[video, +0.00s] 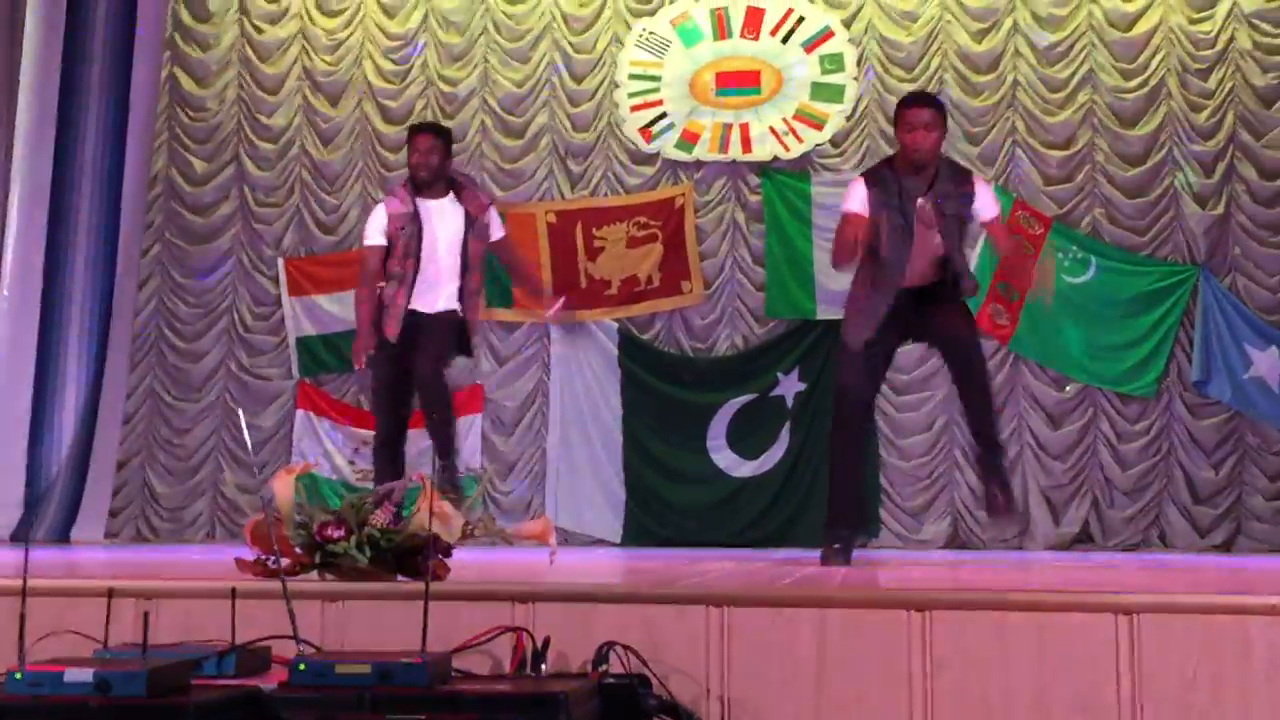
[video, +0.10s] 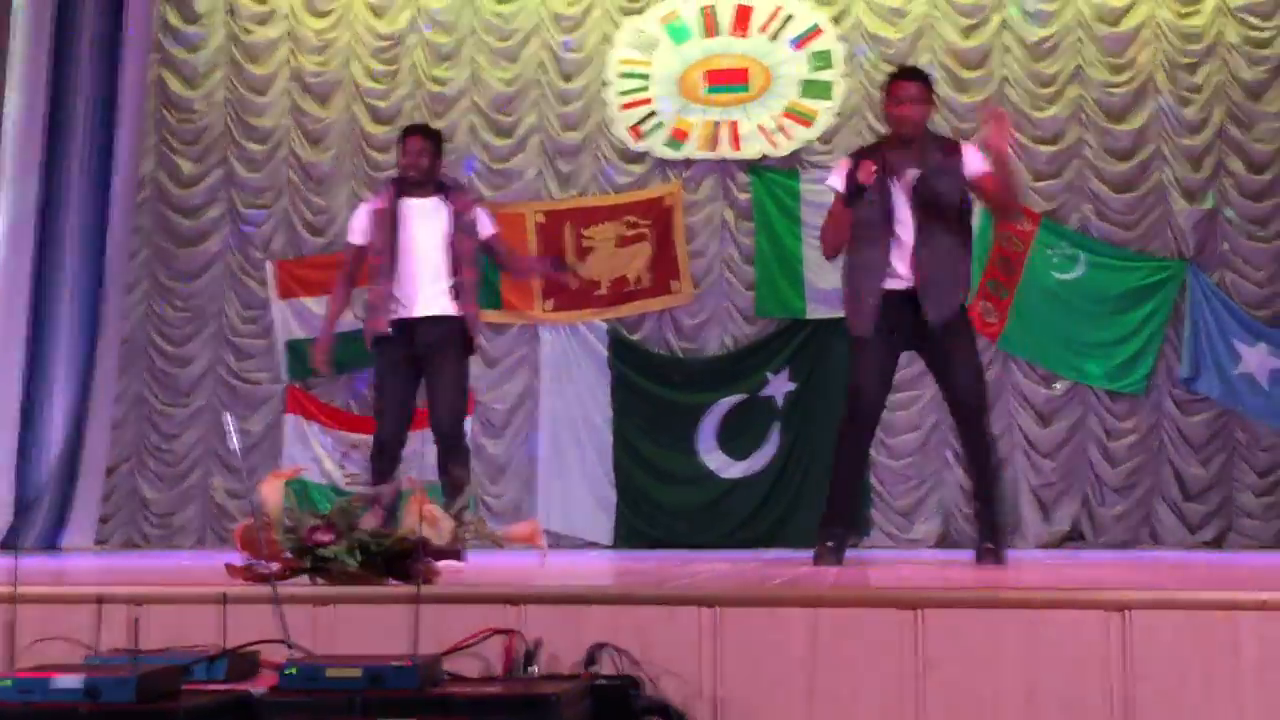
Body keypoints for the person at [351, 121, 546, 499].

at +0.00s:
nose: (421, 160)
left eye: (431, 153)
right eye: (415, 152)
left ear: (448, 159)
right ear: (407, 157)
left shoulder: (475, 206)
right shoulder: (387, 211)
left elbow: (510, 259)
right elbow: (369, 278)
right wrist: (366, 333)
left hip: (445, 318)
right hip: (397, 320)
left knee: (427, 373)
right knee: (389, 418)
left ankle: (446, 467)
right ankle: (385, 503)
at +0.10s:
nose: (415, 161)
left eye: (423, 154)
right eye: (408, 153)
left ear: (438, 159)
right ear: (397, 158)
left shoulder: (462, 206)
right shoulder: (375, 208)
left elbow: (508, 261)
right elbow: (347, 275)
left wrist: (547, 269)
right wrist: (325, 337)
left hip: (446, 330)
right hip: (394, 332)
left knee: (449, 428)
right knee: (388, 433)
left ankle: (460, 522)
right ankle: (379, 521)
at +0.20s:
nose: (379, 176)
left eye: (387, 168)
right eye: (373, 168)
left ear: (404, 173)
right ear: (363, 174)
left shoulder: (429, 221)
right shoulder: (342, 231)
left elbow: (440, 289)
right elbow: (325, 299)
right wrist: (294, 355)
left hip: (421, 341)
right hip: (372, 345)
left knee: (425, 436)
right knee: (379, 437)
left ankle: (422, 522)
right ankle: (386, 524)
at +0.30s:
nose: (362, 190)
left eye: (372, 182)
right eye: (356, 182)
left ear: (389, 188)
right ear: (348, 188)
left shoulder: (412, 238)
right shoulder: (332, 241)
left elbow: (390, 303)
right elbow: (325, 304)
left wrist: (347, 349)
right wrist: (317, 357)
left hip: (406, 353)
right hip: (359, 355)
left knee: (409, 447)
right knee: (389, 443)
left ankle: (421, 531)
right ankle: (417, 520)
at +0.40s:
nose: (354, 186)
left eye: (363, 179)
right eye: (348, 178)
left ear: (380, 186)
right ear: (340, 184)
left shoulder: (402, 236)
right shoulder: (328, 238)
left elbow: (392, 303)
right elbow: (324, 307)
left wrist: (355, 334)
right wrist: (316, 364)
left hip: (392, 352)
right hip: (345, 352)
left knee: (398, 447)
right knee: (344, 437)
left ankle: (401, 536)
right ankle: (376, 522)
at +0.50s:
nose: (336, 184)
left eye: (345, 177)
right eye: (330, 176)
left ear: (362, 181)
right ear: (322, 181)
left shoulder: (389, 222)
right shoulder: (309, 231)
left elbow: (409, 260)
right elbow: (306, 291)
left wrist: (380, 268)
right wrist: (295, 332)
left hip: (372, 357)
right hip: (319, 356)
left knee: (373, 456)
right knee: (287, 440)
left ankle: (377, 551)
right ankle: (279, 540)